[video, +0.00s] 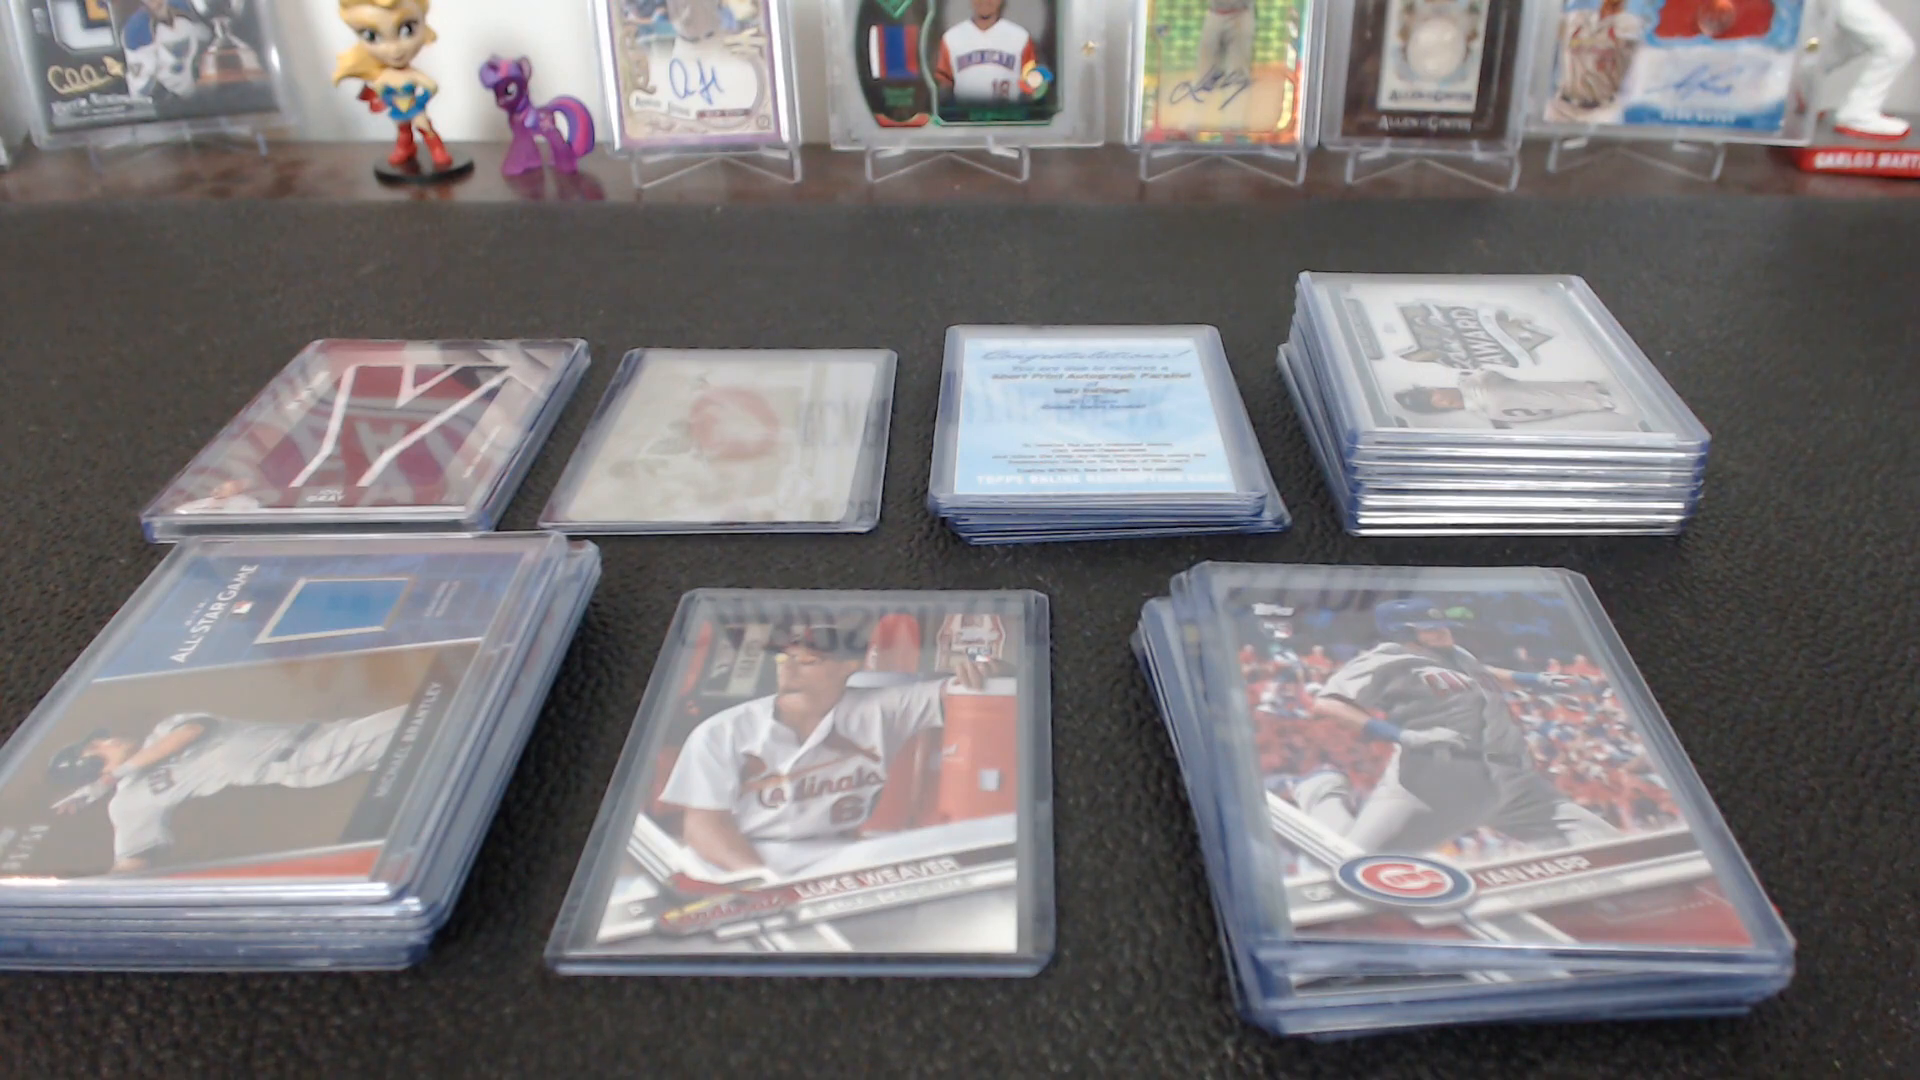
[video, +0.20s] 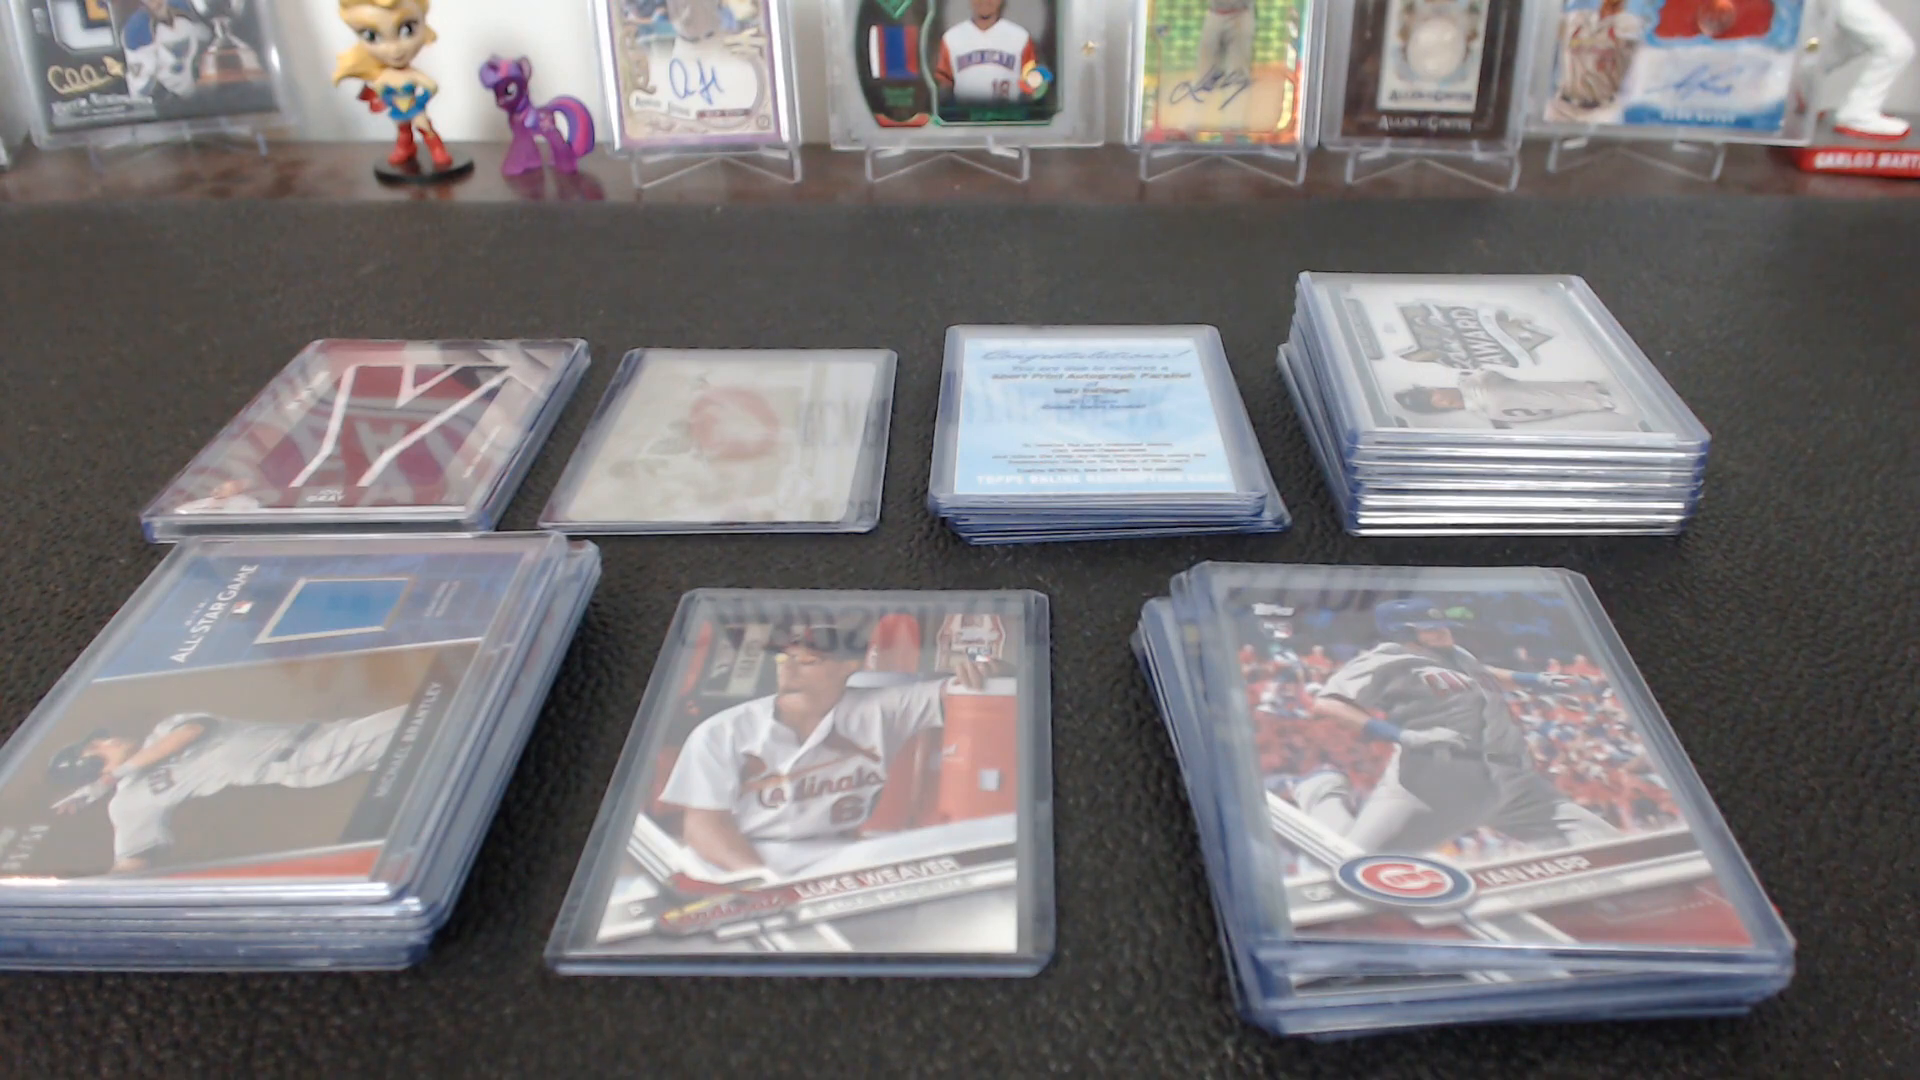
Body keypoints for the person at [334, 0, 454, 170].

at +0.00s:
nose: (394, 50)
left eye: (407, 30)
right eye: (372, 36)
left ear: (424, 29)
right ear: (359, 38)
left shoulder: (414, 75)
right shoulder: (379, 75)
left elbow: (426, 86)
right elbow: (370, 87)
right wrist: (374, 100)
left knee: (422, 122)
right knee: (401, 124)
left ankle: (437, 149)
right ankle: (405, 148)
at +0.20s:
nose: (394, 50)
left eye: (407, 30)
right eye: (372, 36)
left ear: (424, 29)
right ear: (359, 38)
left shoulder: (414, 75)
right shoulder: (379, 75)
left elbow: (426, 86)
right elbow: (370, 87)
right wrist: (374, 100)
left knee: (422, 122)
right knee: (401, 124)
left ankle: (437, 149)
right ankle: (405, 148)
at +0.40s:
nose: (394, 50)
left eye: (407, 30)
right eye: (372, 36)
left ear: (424, 29)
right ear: (359, 38)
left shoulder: (414, 75)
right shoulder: (379, 75)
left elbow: (427, 86)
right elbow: (370, 88)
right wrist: (374, 100)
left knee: (422, 123)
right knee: (401, 124)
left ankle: (437, 149)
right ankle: (405, 148)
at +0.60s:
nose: (394, 50)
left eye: (407, 30)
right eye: (372, 36)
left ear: (424, 29)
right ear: (359, 38)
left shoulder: (414, 75)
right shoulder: (379, 75)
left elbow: (426, 86)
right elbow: (370, 88)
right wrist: (375, 100)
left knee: (421, 122)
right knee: (401, 124)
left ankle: (437, 149)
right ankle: (405, 147)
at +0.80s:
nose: (394, 50)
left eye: (407, 30)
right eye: (372, 36)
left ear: (424, 29)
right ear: (359, 38)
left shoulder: (414, 75)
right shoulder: (379, 75)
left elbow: (427, 86)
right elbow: (370, 88)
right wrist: (374, 100)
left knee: (422, 123)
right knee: (401, 125)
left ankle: (437, 149)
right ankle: (405, 148)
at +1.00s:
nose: (394, 51)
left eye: (407, 30)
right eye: (372, 36)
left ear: (424, 29)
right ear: (359, 38)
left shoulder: (414, 75)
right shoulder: (379, 75)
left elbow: (427, 86)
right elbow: (370, 88)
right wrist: (375, 100)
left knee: (422, 123)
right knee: (401, 125)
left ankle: (437, 149)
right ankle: (405, 148)